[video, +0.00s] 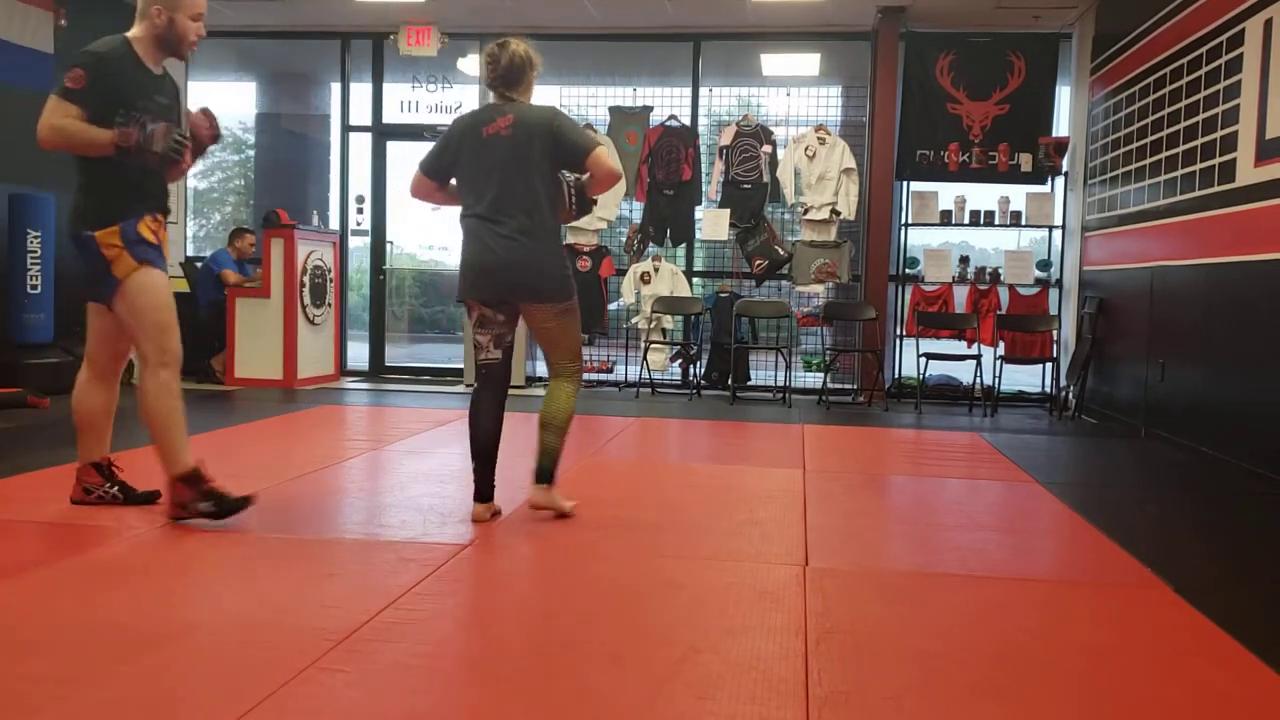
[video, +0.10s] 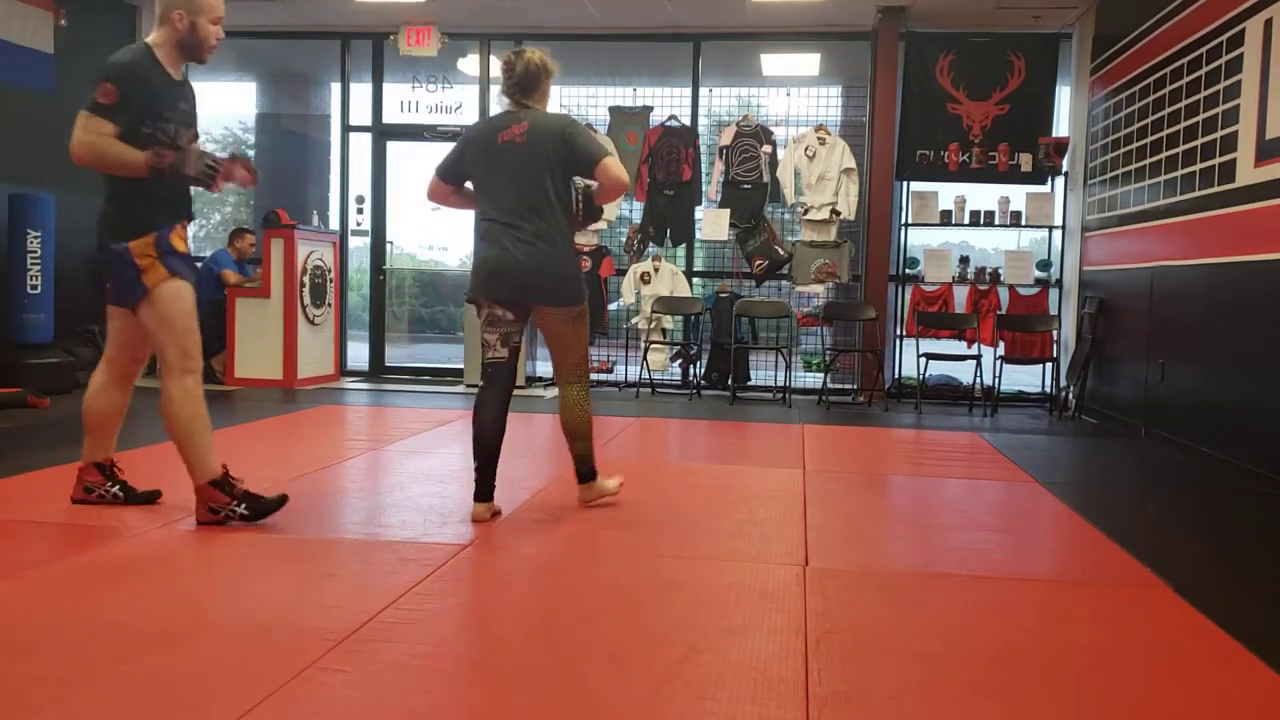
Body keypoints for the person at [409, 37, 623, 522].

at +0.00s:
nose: (534, 83)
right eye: (533, 76)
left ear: (487, 79)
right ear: (531, 79)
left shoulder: (464, 127)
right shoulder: (549, 120)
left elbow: (423, 187)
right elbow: (609, 170)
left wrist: (474, 196)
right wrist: (575, 200)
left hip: (481, 268)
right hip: (541, 268)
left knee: (489, 378)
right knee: (564, 371)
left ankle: (483, 500)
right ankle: (543, 486)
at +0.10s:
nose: (549, 92)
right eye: (549, 85)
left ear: (506, 86)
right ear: (546, 87)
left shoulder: (480, 134)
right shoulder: (564, 129)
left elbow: (439, 191)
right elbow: (616, 181)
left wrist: (489, 202)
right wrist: (585, 208)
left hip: (495, 269)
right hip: (554, 271)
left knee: (495, 379)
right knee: (572, 380)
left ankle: (482, 499)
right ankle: (587, 482)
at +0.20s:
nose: (569, 101)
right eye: (569, 95)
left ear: (525, 96)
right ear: (566, 97)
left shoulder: (500, 142)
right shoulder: (583, 137)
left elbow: (461, 201)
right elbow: (628, 192)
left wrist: (508, 209)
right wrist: (601, 217)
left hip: (512, 273)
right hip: (570, 276)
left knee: (506, 379)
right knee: (582, 383)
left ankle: (483, 497)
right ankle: (595, 480)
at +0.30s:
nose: (593, 106)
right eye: (592, 100)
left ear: (548, 102)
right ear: (587, 102)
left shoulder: (523, 146)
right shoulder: (602, 143)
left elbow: (485, 208)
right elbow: (646, 202)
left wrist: (529, 213)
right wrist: (620, 222)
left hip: (533, 276)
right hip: (591, 278)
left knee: (521, 378)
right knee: (596, 383)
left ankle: (487, 486)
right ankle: (595, 483)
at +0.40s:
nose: (617, 107)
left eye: (615, 100)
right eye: (616, 101)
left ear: (570, 102)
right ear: (607, 103)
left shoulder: (542, 145)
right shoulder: (623, 142)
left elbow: (506, 208)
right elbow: (661, 204)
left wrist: (550, 212)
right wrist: (639, 215)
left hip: (556, 273)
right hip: (612, 273)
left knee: (547, 374)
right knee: (607, 379)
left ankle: (503, 459)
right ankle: (596, 483)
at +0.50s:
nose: (634, 110)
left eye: (633, 103)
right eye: (633, 103)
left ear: (588, 103)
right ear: (624, 104)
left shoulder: (562, 145)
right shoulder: (638, 141)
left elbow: (526, 209)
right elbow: (675, 205)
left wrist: (569, 216)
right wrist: (653, 211)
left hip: (574, 269)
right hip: (625, 269)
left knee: (578, 368)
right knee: (611, 379)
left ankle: (536, 451)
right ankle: (597, 483)